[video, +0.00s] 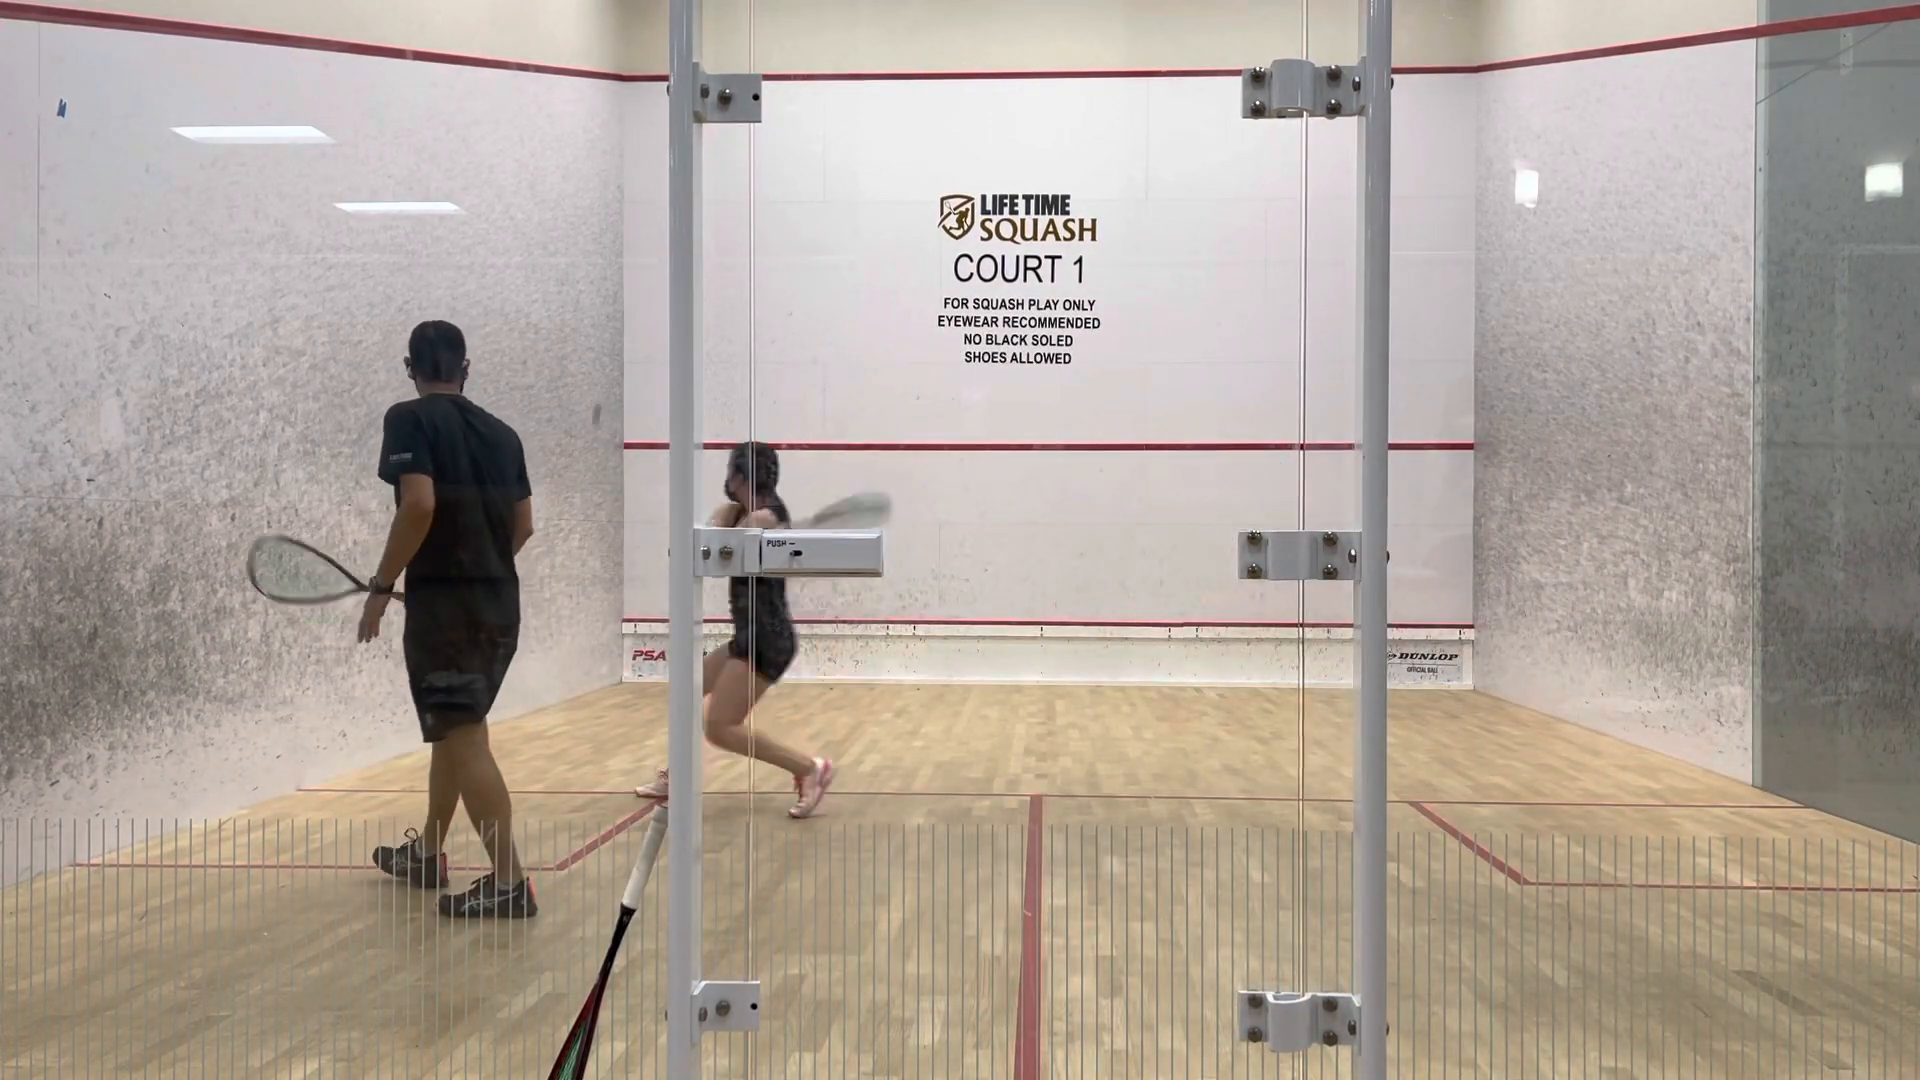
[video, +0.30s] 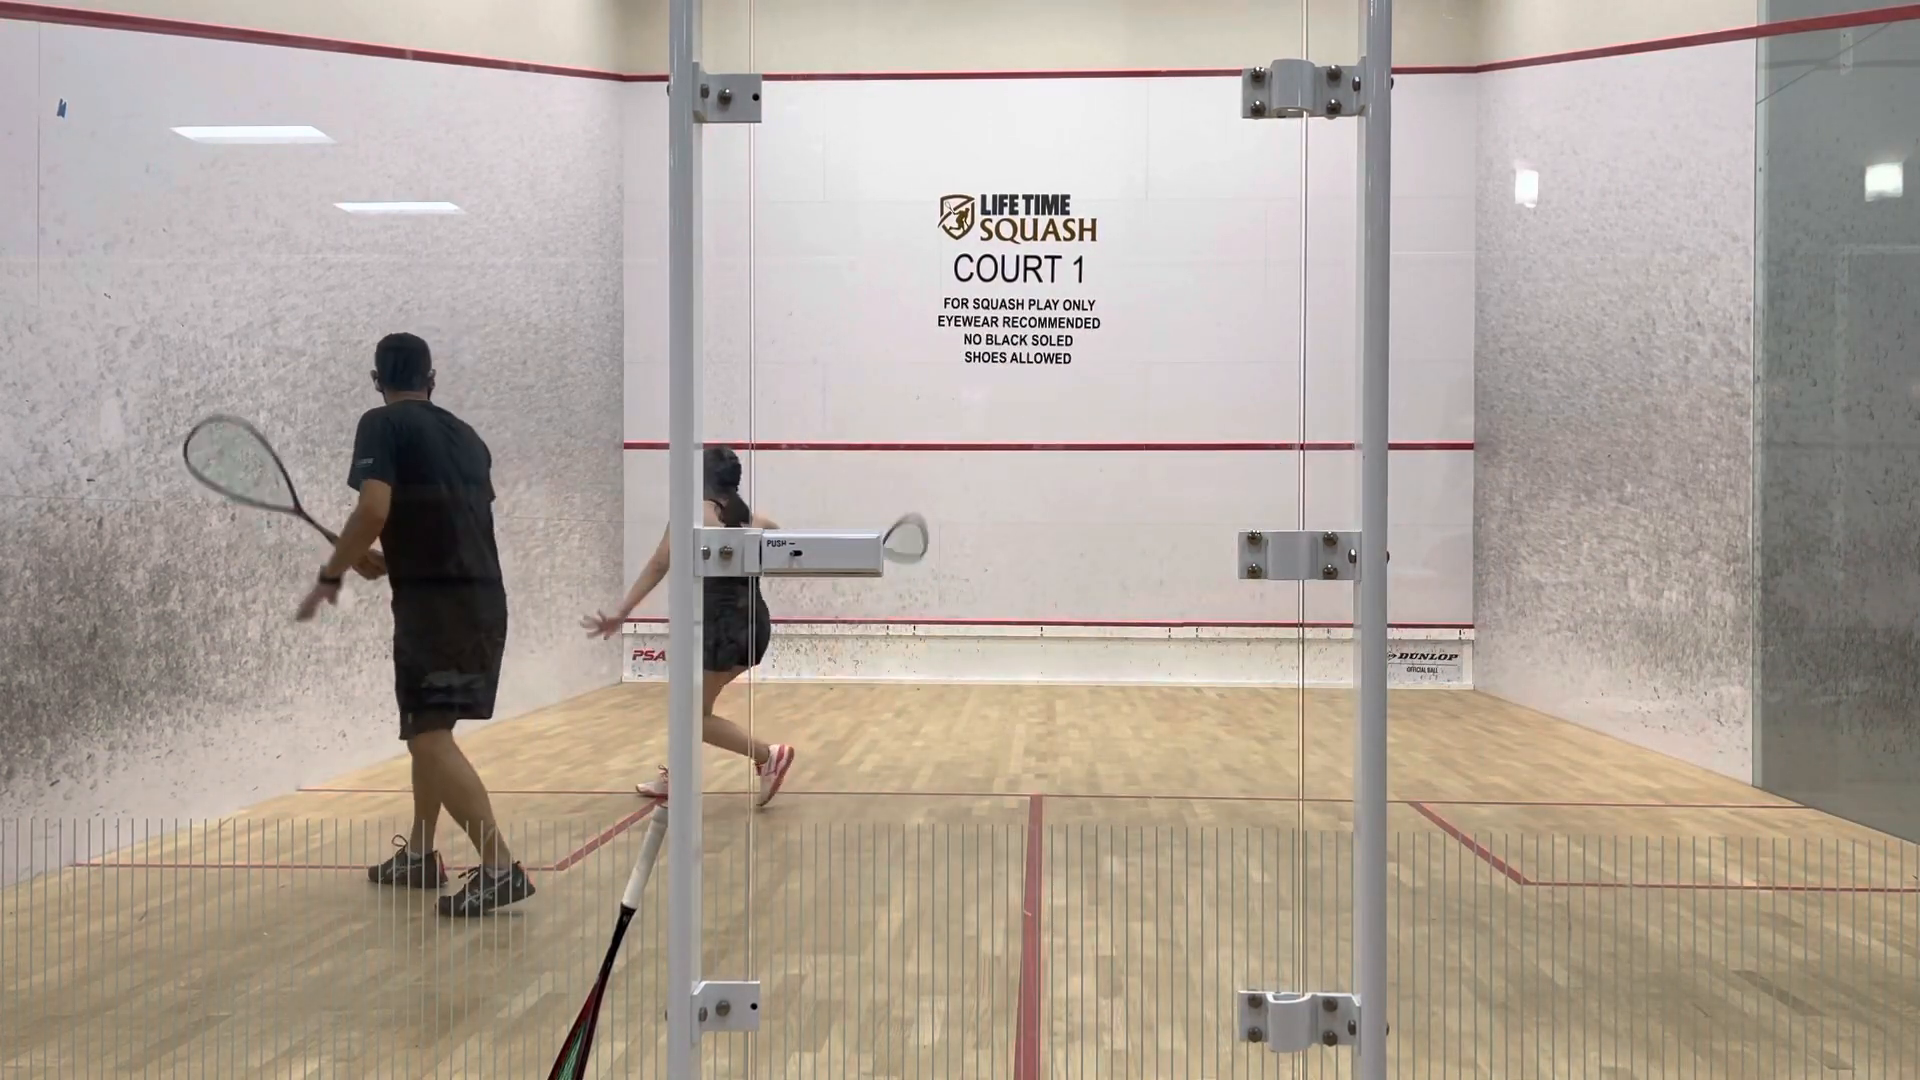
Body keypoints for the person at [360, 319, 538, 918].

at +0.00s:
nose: (426, 377)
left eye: (418, 368)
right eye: (453, 368)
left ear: (412, 370)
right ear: (466, 371)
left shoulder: (409, 417)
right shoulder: (501, 432)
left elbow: (419, 503)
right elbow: (522, 526)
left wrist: (381, 586)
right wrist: (468, 572)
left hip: (441, 605)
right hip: (499, 605)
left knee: (465, 739)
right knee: (454, 731)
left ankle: (508, 881)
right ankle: (429, 852)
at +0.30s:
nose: (390, 390)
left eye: (384, 382)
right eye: (428, 378)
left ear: (379, 381)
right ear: (432, 380)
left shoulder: (382, 423)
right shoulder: (468, 436)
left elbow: (372, 512)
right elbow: (465, 533)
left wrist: (333, 575)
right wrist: (387, 562)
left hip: (430, 605)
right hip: (481, 602)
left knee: (430, 734)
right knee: (429, 730)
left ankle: (500, 867)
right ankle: (421, 851)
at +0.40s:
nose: (371, 398)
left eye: (368, 389)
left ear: (368, 388)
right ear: (421, 386)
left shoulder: (376, 429)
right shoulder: (451, 437)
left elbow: (358, 512)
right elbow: (436, 537)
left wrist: (307, 555)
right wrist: (362, 552)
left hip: (439, 605)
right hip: (473, 600)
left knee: (439, 734)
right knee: (414, 719)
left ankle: (505, 873)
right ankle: (418, 851)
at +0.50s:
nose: (360, 404)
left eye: (357, 395)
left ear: (359, 395)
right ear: (411, 393)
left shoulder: (371, 431)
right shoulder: (439, 440)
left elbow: (361, 513)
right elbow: (417, 547)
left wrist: (298, 546)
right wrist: (345, 549)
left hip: (442, 605)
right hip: (476, 601)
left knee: (441, 740)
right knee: (415, 716)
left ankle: (506, 874)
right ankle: (423, 850)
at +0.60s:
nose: (351, 410)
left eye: (348, 402)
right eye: (357, 401)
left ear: (350, 402)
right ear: (400, 398)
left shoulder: (368, 431)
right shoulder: (420, 440)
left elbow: (384, 505)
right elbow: (413, 554)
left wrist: (325, 554)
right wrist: (340, 546)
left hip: (449, 600)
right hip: (472, 596)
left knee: (424, 737)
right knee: (424, 730)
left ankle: (499, 868)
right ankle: (431, 850)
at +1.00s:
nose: (313, 397)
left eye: (315, 384)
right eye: (312, 385)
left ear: (339, 380)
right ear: (356, 378)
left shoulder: (401, 418)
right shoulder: (370, 446)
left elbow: (487, 472)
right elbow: (413, 540)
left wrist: (491, 567)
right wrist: (370, 578)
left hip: (446, 608)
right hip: (411, 613)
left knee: (428, 741)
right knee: (413, 734)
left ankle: (488, 883)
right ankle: (425, 854)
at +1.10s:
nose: (292, 394)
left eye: (295, 380)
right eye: (289, 383)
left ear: (329, 370)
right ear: (325, 374)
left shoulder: (405, 412)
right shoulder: (342, 453)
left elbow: (482, 482)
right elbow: (369, 530)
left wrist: (465, 572)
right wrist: (359, 577)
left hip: (450, 604)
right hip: (395, 610)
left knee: (443, 747)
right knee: (358, 733)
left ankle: (488, 882)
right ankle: (414, 846)